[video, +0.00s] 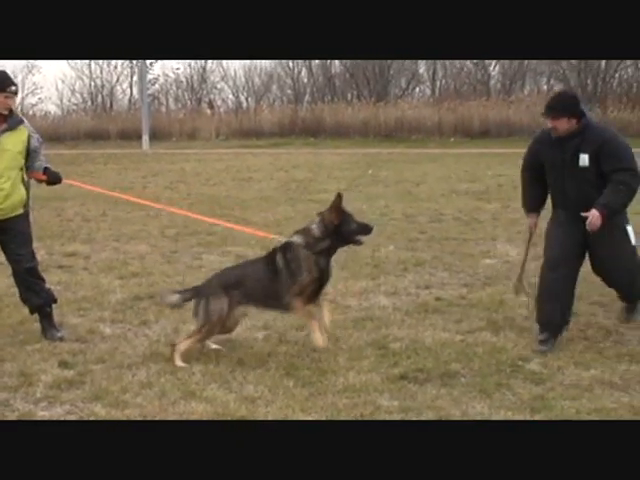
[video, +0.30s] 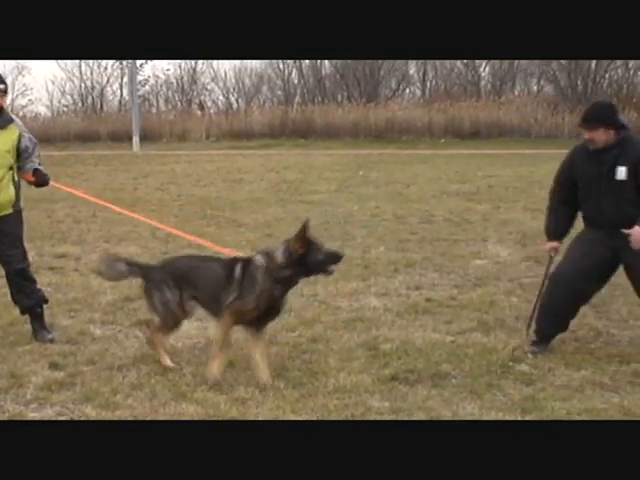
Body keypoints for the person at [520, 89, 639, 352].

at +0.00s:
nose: (550, 124)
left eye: (555, 119)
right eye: (549, 119)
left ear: (573, 119)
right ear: (549, 118)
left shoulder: (603, 140)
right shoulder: (543, 144)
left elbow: (627, 177)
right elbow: (532, 175)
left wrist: (602, 210)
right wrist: (533, 209)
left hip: (605, 218)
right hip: (565, 218)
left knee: (616, 267)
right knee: (555, 270)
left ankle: (632, 298)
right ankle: (549, 328)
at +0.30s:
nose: (586, 136)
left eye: (592, 130)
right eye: (585, 130)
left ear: (610, 131)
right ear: (585, 130)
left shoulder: (633, 153)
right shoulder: (580, 157)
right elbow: (563, 195)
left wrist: (639, 228)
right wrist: (554, 235)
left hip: (632, 237)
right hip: (598, 235)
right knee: (565, 281)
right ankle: (542, 338)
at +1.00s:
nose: (526, 126)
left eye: (528, 121)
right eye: (525, 121)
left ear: (543, 117)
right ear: (541, 117)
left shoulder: (575, 132)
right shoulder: (549, 134)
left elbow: (570, 178)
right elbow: (546, 171)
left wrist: (527, 186)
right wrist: (536, 205)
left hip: (594, 217)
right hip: (561, 215)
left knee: (604, 281)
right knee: (530, 260)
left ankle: (636, 340)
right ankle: (538, 324)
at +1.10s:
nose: (509, 134)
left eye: (511, 128)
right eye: (508, 129)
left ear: (525, 123)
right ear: (528, 122)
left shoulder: (555, 141)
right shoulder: (539, 142)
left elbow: (548, 194)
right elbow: (544, 186)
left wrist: (516, 211)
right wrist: (531, 212)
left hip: (581, 224)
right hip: (552, 223)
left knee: (587, 289)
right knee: (523, 268)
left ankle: (633, 348)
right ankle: (521, 332)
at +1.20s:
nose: (503, 142)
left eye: (504, 137)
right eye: (501, 138)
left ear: (516, 129)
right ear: (517, 129)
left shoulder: (545, 144)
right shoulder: (530, 146)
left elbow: (550, 198)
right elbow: (541, 193)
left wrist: (524, 227)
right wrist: (529, 221)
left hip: (580, 223)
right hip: (552, 223)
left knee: (585, 287)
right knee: (525, 269)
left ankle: (631, 347)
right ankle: (521, 332)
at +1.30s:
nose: (505, 139)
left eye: (506, 133)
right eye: (503, 135)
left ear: (521, 124)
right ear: (520, 125)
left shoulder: (557, 139)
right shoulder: (533, 144)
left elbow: (564, 189)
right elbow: (542, 187)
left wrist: (529, 220)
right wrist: (532, 219)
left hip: (587, 221)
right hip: (555, 222)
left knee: (598, 285)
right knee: (529, 271)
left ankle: (634, 349)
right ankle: (523, 332)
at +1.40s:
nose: (516, 136)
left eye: (518, 131)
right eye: (514, 132)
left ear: (534, 123)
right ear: (529, 125)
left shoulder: (577, 140)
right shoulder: (531, 145)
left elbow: (582, 189)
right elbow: (531, 187)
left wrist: (544, 218)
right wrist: (529, 218)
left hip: (594, 224)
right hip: (557, 224)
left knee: (606, 289)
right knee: (527, 271)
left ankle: (634, 352)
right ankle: (522, 331)